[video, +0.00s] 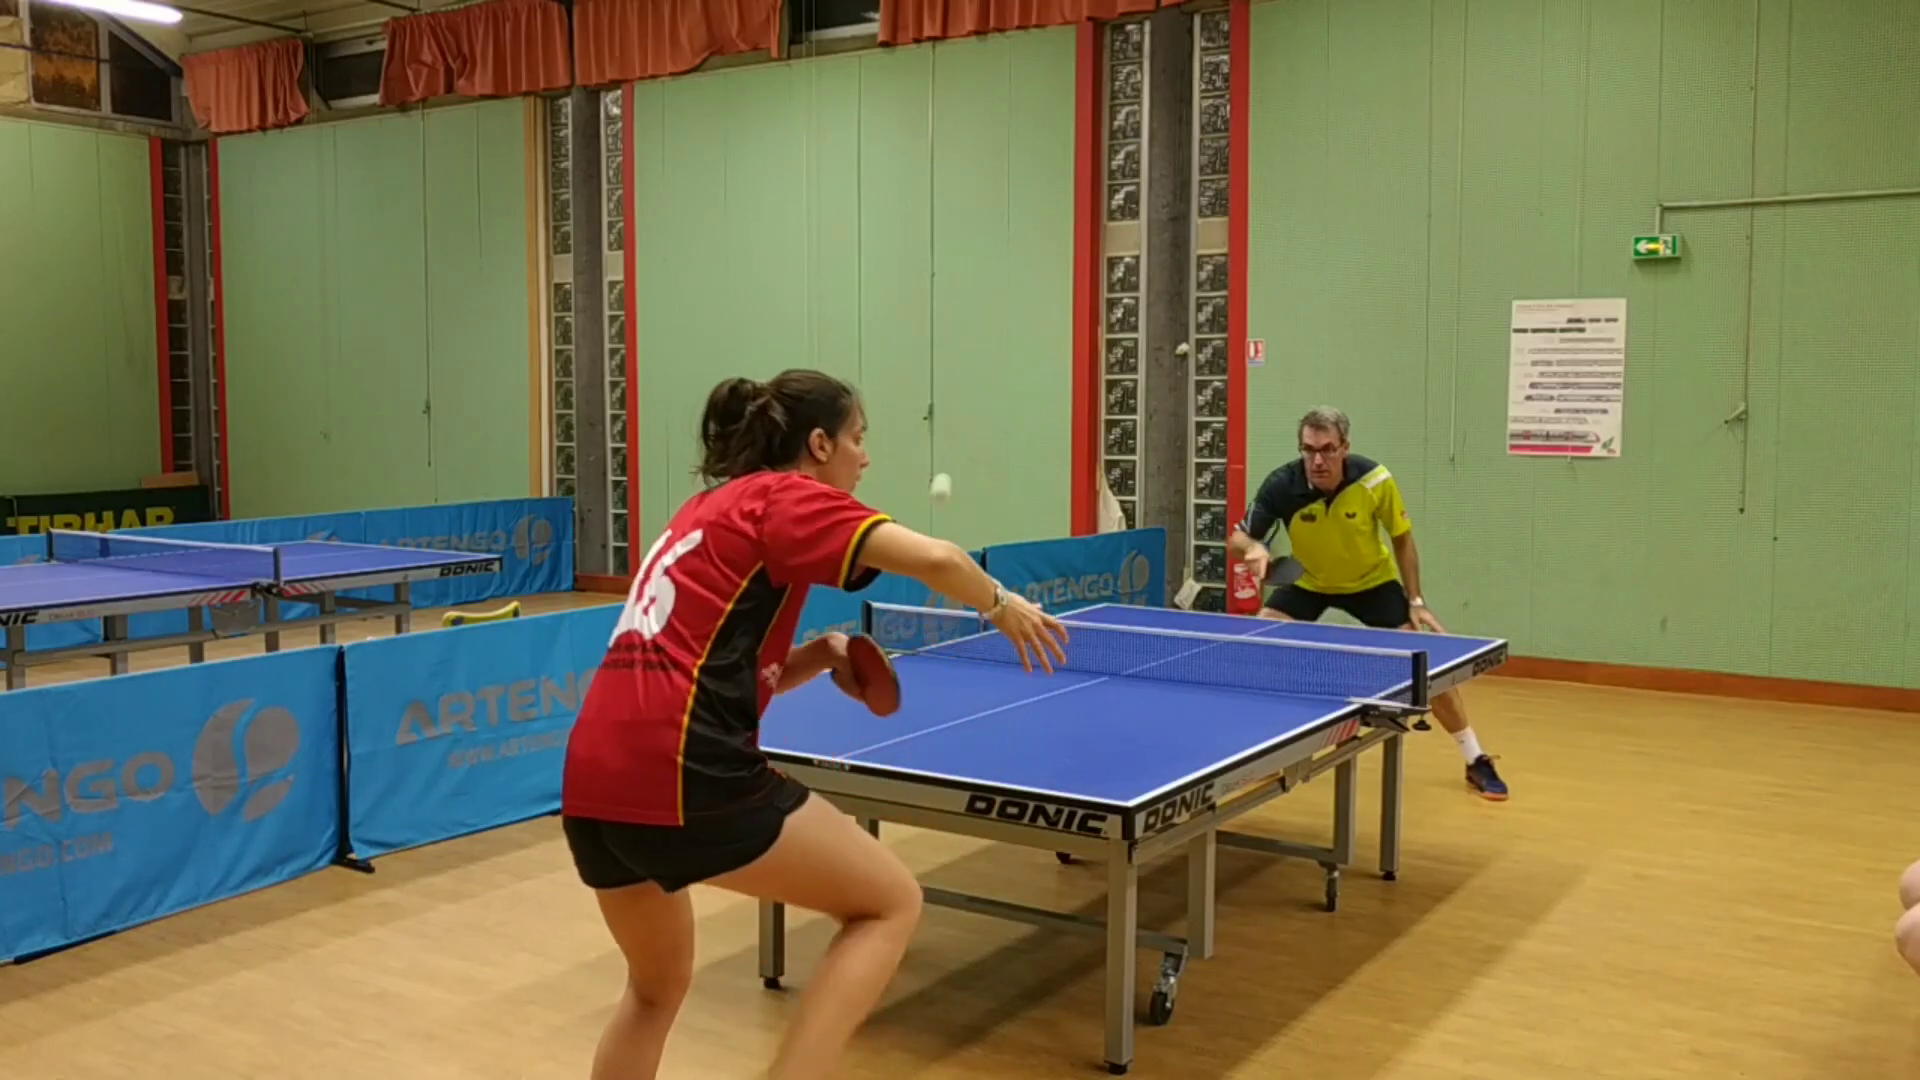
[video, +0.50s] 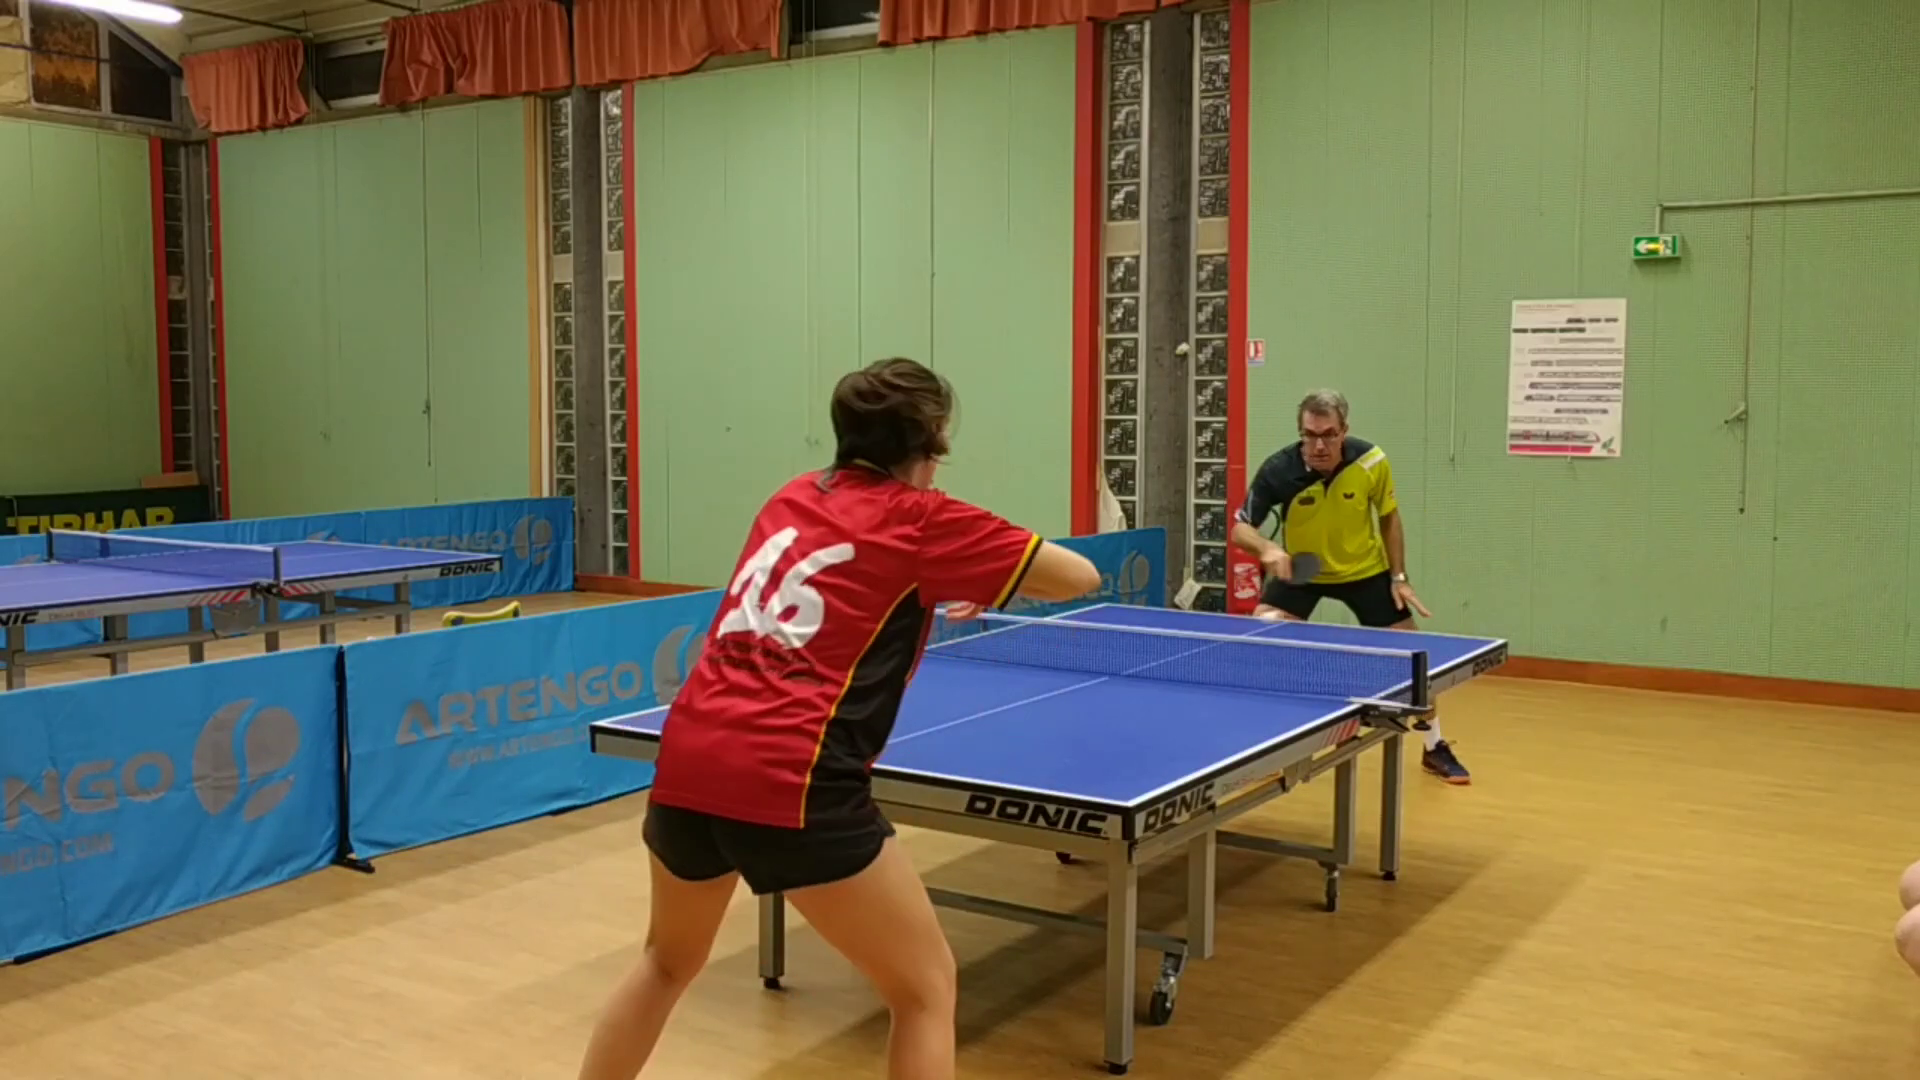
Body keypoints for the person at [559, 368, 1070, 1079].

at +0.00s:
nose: (865, 458)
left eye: (864, 442)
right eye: (858, 440)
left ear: (789, 442)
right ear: (816, 444)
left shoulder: (704, 510)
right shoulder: (786, 501)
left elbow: (720, 683)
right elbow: (935, 558)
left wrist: (819, 653)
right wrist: (1000, 602)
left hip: (593, 783)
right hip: (691, 780)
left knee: (653, 987)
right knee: (890, 902)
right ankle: (797, 1070)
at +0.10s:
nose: (880, 480)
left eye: (880, 463)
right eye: (876, 461)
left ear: (787, 454)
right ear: (840, 460)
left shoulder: (711, 514)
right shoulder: (809, 515)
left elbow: (704, 640)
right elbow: (950, 581)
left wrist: (811, 649)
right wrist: (1004, 630)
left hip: (605, 793)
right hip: (704, 792)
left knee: (657, 991)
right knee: (902, 911)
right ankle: (812, 1069)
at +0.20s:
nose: (903, 481)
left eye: (905, 466)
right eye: (902, 465)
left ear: (821, 456)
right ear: (873, 463)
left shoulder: (741, 512)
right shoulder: (848, 525)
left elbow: (765, 603)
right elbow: (1001, 597)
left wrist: (852, 658)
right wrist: (997, 654)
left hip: (629, 788)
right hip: (732, 794)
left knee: (660, 995)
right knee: (886, 996)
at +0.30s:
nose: (936, 471)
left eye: (937, 457)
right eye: (936, 456)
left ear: (841, 453)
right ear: (917, 462)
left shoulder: (776, 514)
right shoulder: (886, 532)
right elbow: (1051, 601)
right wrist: (998, 635)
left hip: (660, 794)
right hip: (764, 802)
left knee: (676, 992)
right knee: (918, 994)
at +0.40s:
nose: (951, 459)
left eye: (952, 447)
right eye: (951, 447)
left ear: (857, 444)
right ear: (938, 455)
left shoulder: (793, 504)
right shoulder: (917, 530)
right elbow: (1075, 595)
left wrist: (930, 593)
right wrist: (996, 606)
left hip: (679, 782)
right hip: (788, 797)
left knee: (675, 973)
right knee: (927, 995)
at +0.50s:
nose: (938, 466)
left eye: (940, 451)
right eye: (938, 450)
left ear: (849, 439)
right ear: (923, 453)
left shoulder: (791, 497)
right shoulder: (920, 518)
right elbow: (1080, 576)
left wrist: (938, 581)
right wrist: (1000, 575)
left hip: (684, 778)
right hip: (795, 794)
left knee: (663, 961)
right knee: (926, 992)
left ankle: (594, 1078)